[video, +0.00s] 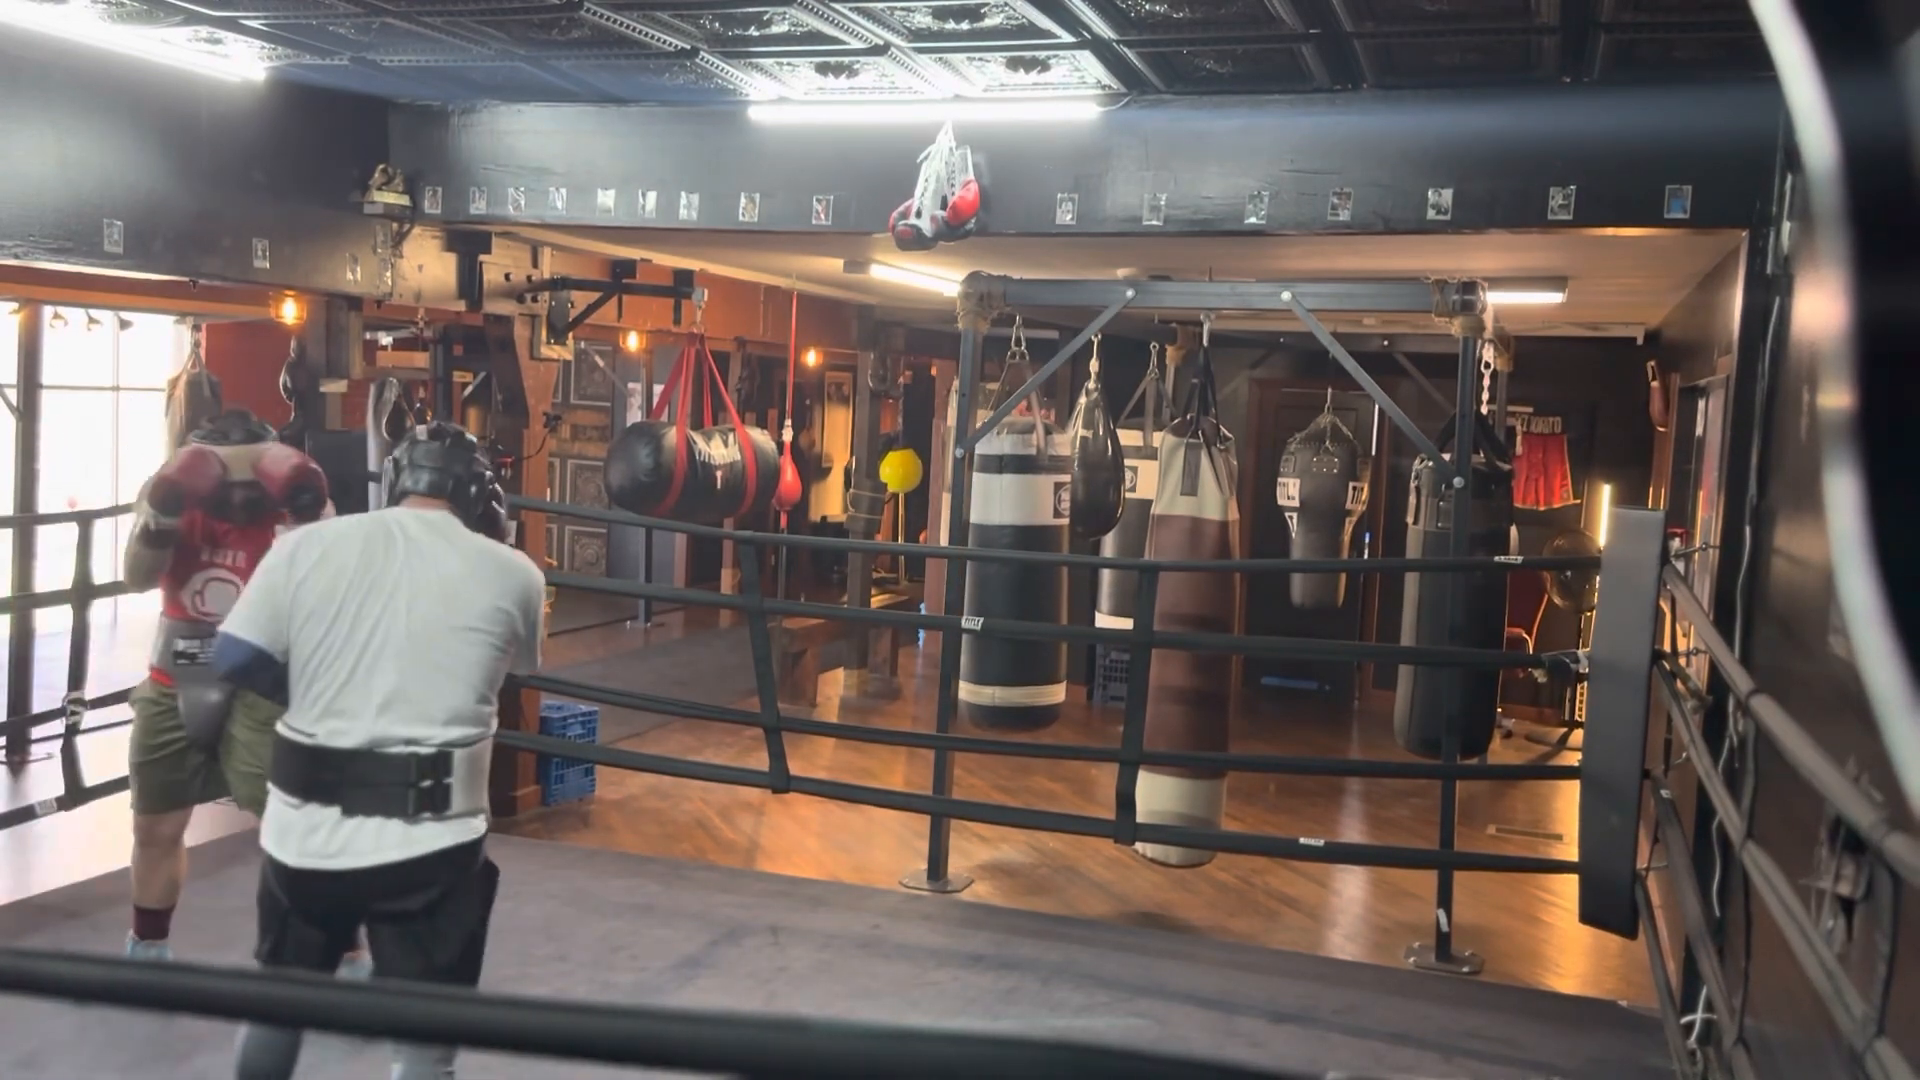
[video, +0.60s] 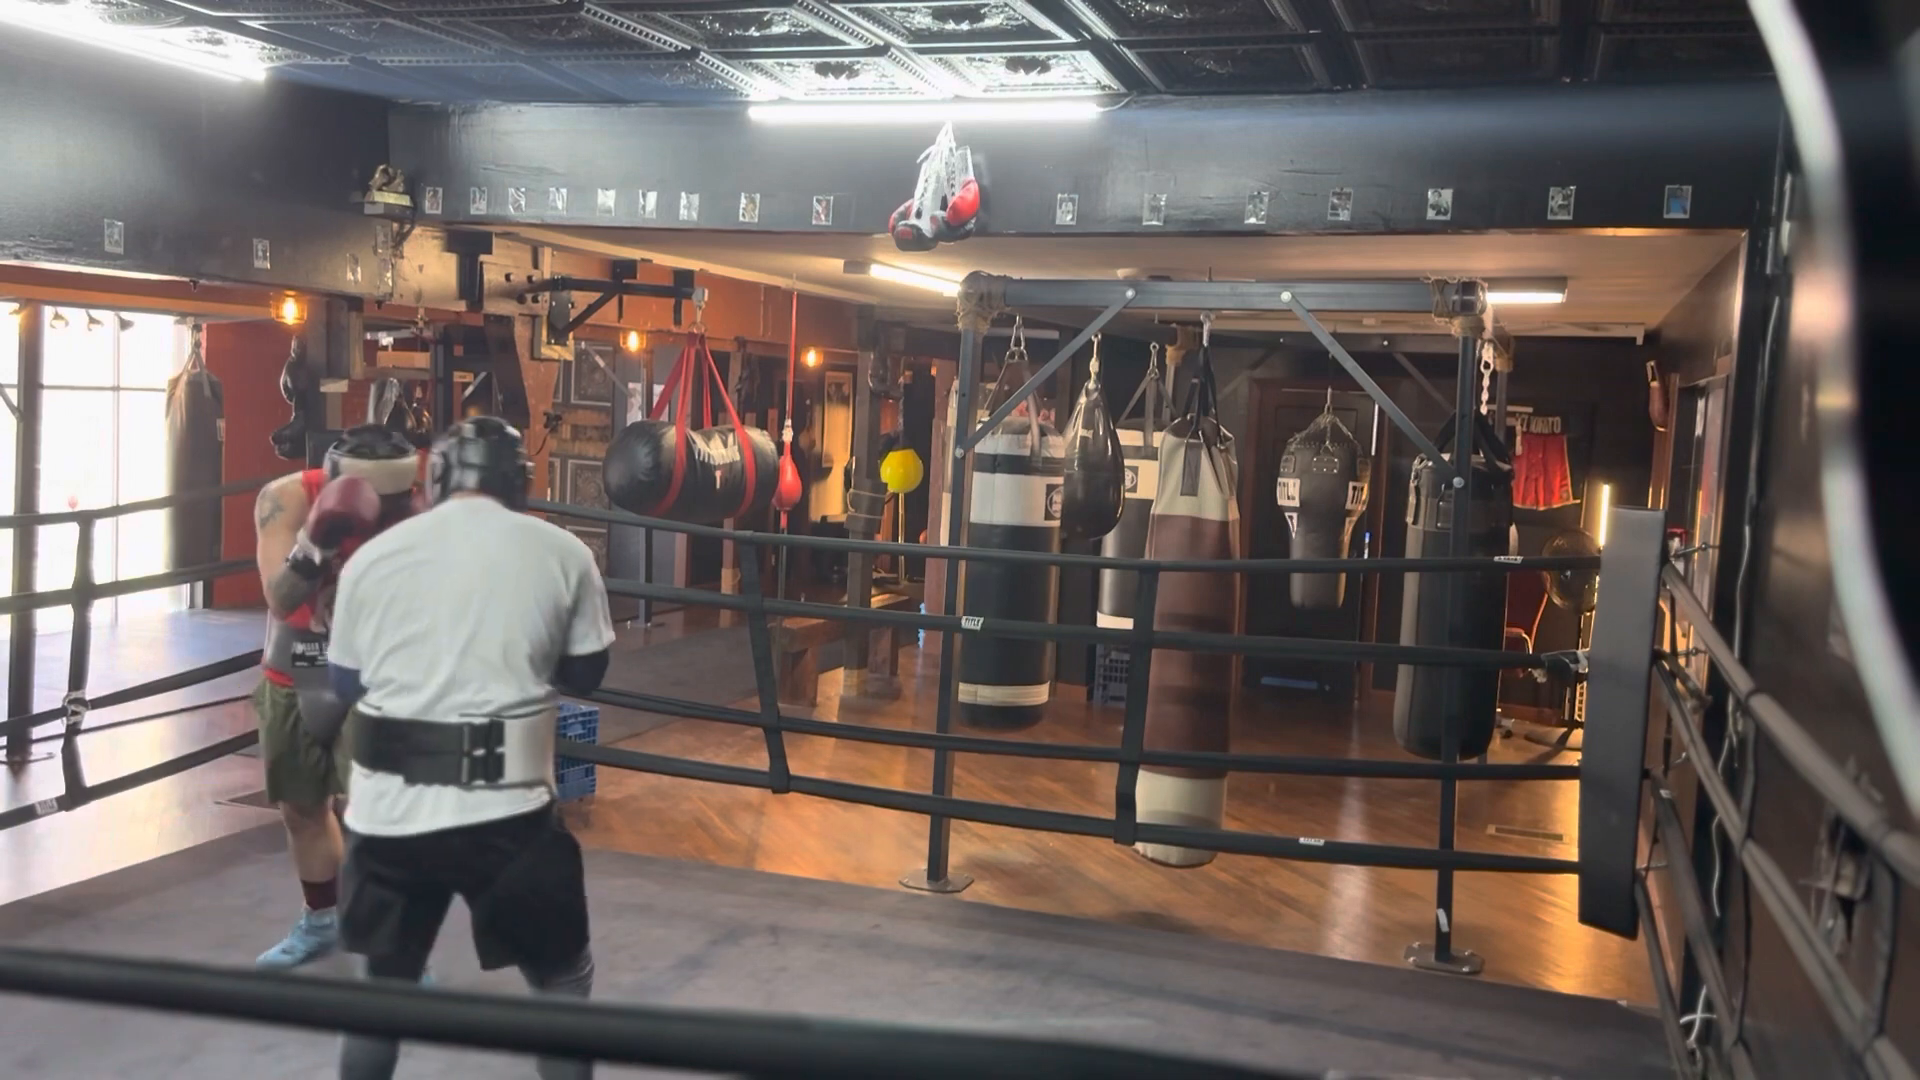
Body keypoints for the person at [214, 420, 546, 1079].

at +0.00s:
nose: (496, 501)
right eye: (491, 490)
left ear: (394, 481)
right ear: (478, 493)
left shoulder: (305, 547)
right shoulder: (515, 573)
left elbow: (238, 658)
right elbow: (512, 671)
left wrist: (327, 688)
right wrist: (498, 545)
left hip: (305, 847)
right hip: (431, 856)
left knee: (278, 1007)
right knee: (426, 1043)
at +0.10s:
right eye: (489, 481)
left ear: (401, 478)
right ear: (487, 485)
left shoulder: (322, 542)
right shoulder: (533, 570)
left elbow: (244, 661)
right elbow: (526, 684)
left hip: (321, 842)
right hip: (446, 853)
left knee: (309, 999)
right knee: (428, 1040)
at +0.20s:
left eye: (399, 472)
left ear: (402, 480)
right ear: (488, 488)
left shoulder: (333, 546)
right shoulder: (540, 571)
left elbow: (249, 660)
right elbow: (542, 689)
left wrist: (347, 663)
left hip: (334, 838)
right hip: (456, 846)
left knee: (336, 1017)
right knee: (442, 1034)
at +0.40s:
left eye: (387, 485)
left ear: (392, 490)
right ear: (477, 491)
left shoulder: (337, 571)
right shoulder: (533, 558)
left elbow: (302, 704)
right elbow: (551, 687)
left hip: (357, 838)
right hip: (477, 836)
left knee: (359, 1003)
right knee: (530, 1006)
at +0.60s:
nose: (423, 481)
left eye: (428, 472)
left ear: (435, 476)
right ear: (516, 482)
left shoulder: (372, 560)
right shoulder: (562, 552)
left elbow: (343, 689)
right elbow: (584, 676)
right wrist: (509, 638)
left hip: (390, 818)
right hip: (509, 817)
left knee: (378, 990)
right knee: (563, 979)